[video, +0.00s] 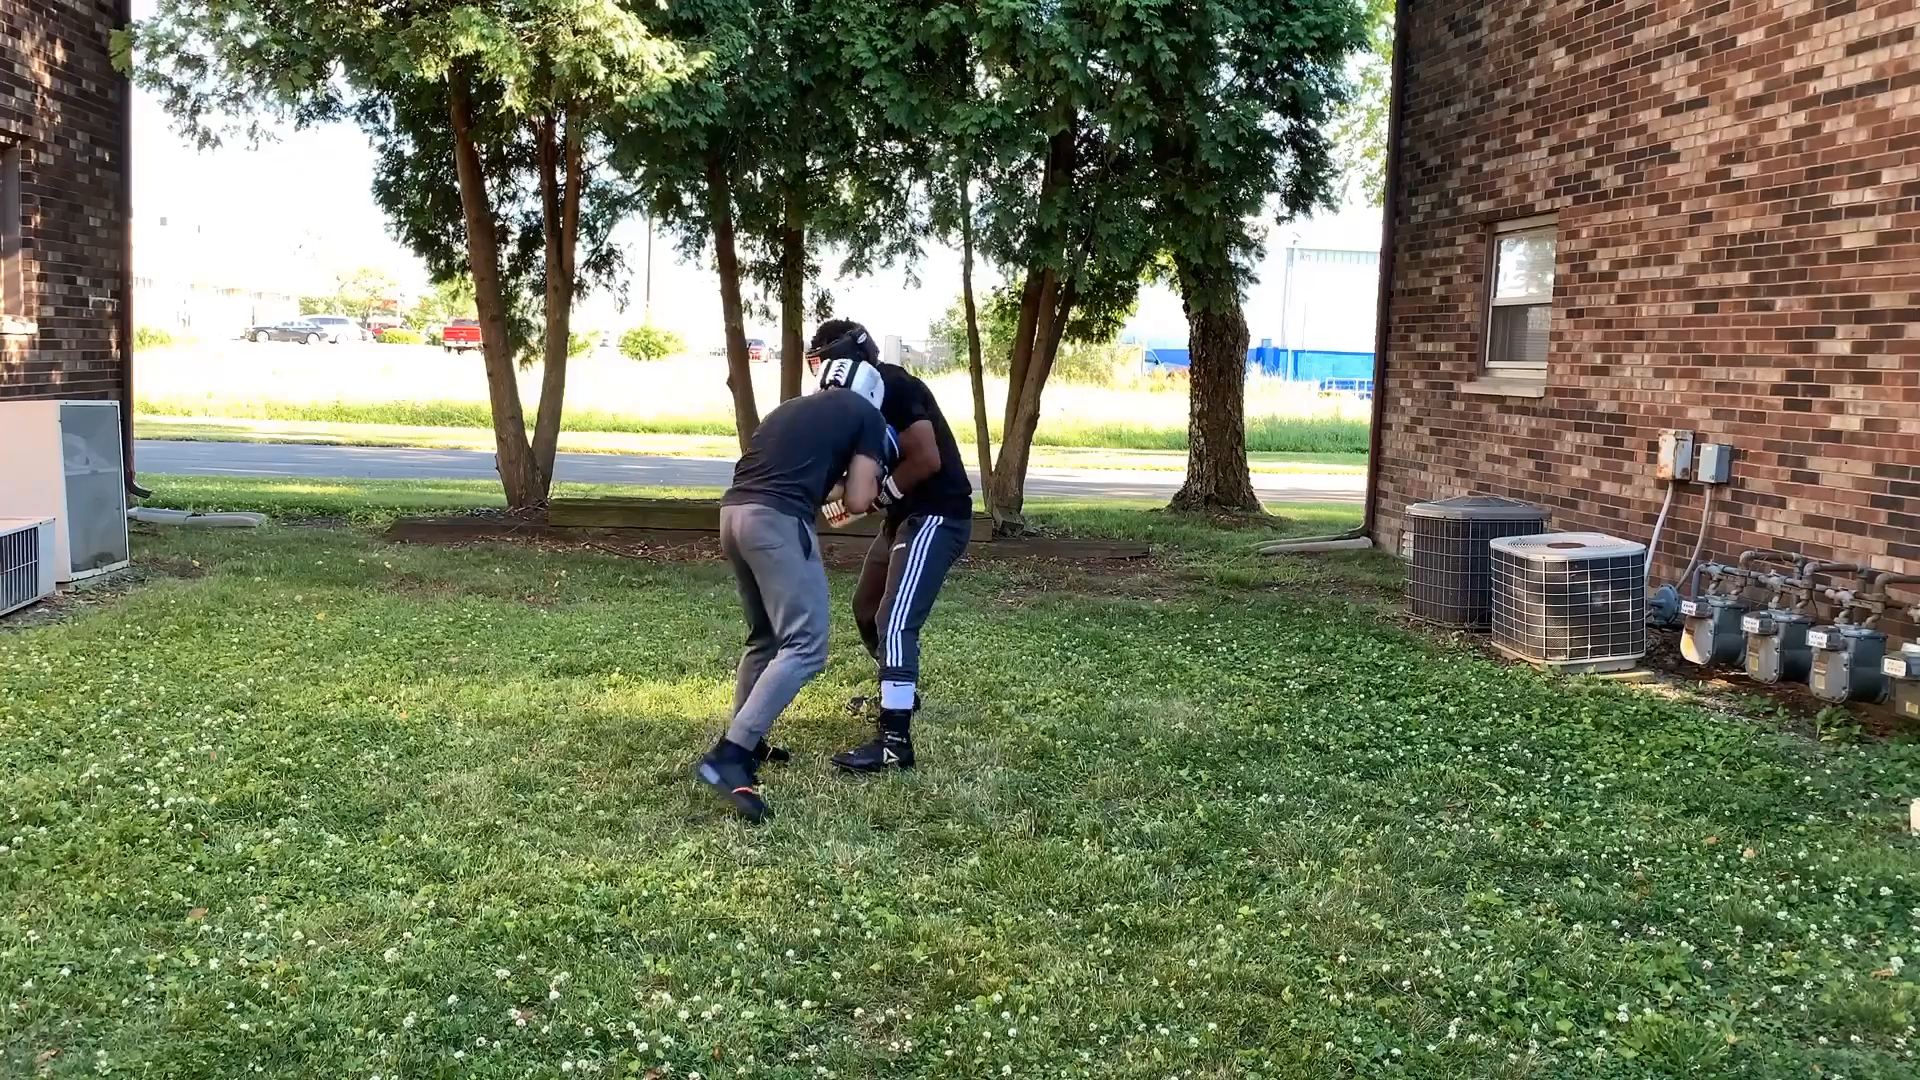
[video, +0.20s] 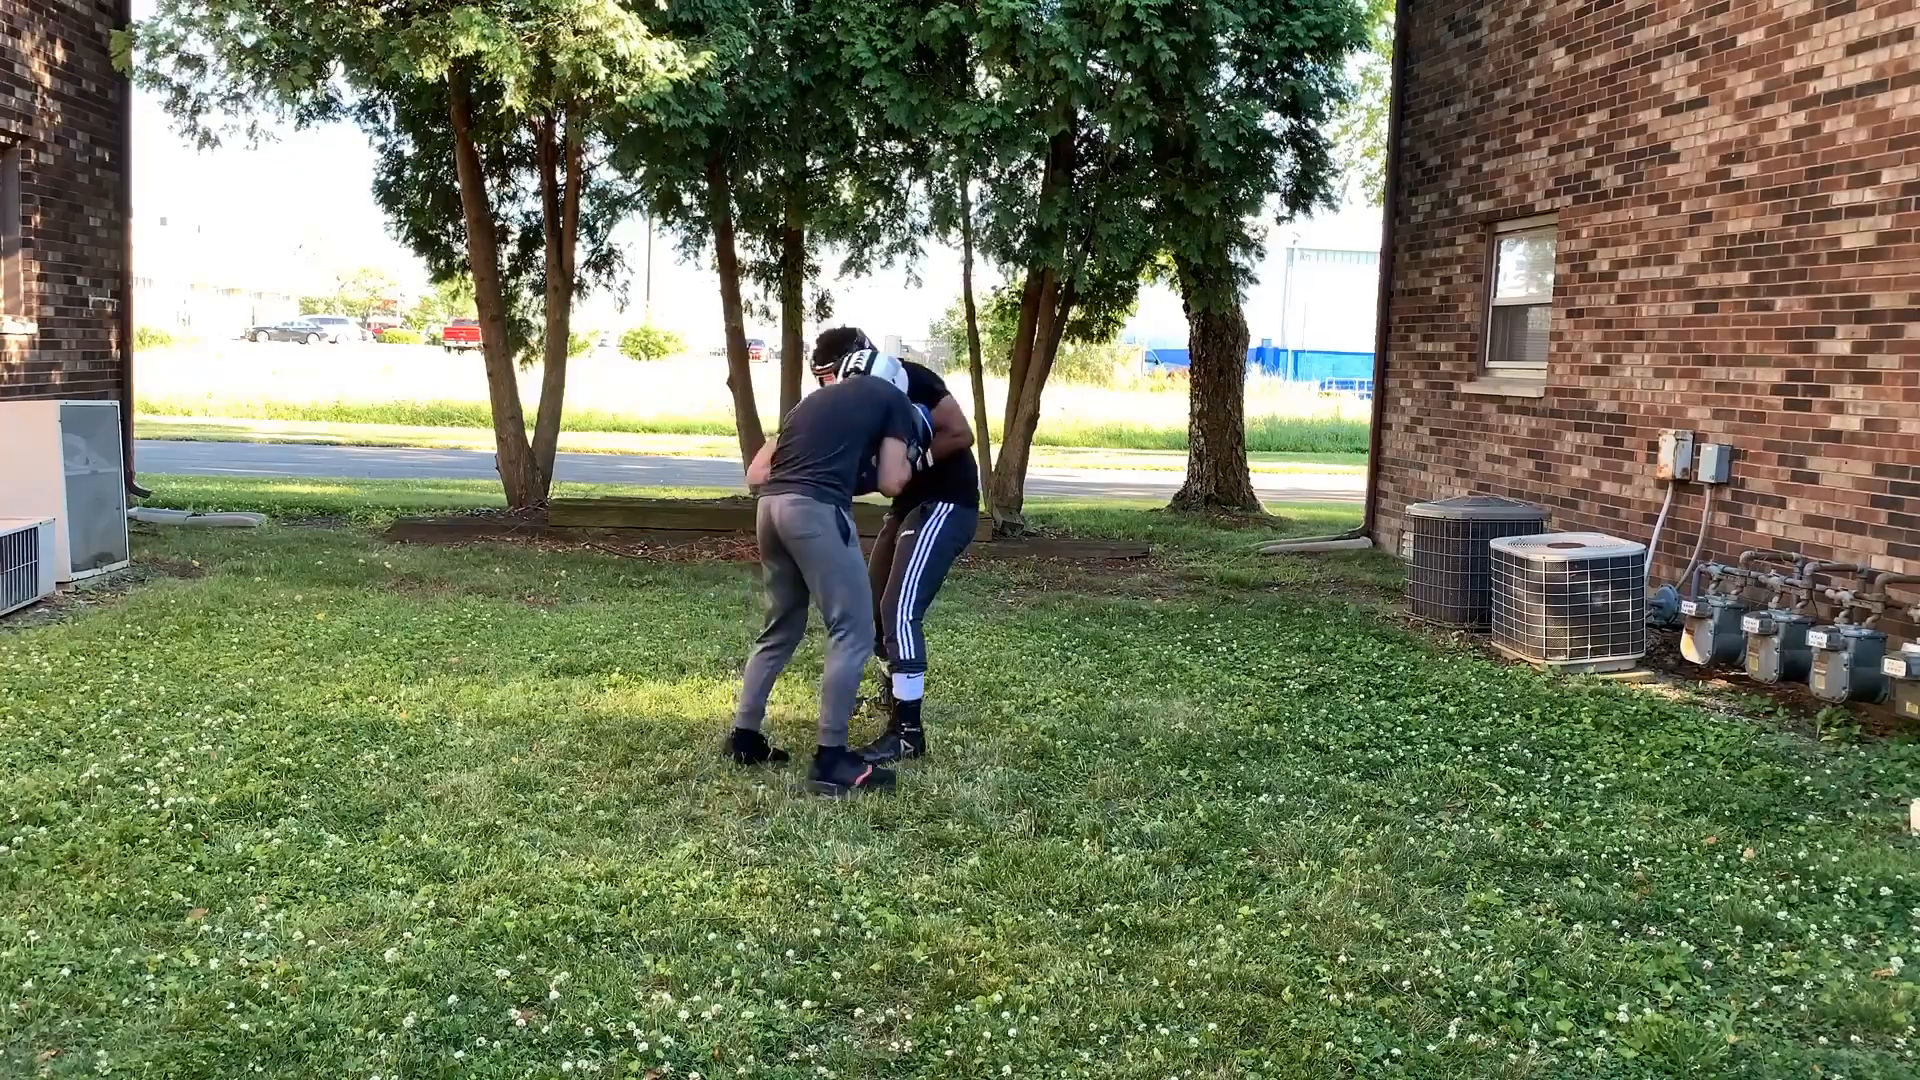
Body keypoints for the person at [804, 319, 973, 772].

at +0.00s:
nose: (818, 377)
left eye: (821, 367)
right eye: (816, 368)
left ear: (846, 361)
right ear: (851, 360)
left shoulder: (896, 385)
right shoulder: (860, 400)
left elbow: (926, 458)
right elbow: (882, 462)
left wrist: (876, 493)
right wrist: (852, 492)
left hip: (934, 515)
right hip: (901, 516)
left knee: (896, 620)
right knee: (867, 611)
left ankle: (895, 741)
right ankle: (901, 690)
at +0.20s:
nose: (822, 386)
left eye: (826, 376)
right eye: (820, 378)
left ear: (851, 363)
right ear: (841, 369)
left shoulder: (909, 377)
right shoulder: (854, 404)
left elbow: (959, 432)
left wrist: (909, 461)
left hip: (945, 505)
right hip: (907, 506)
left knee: (899, 609)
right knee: (876, 606)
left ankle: (908, 734)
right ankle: (898, 706)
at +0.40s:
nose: (888, 363)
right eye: (886, 357)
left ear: (847, 364)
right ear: (878, 355)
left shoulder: (829, 399)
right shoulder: (903, 394)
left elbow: (822, 466)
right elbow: (920, 477)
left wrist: (882, 461)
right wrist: (915, 453)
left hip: (808, 529)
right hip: (854, 528)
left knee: (836, 610)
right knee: (883, 645)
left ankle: (796, 703)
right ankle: (852, 761)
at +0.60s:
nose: (911, 372)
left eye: (913, 364)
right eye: (912, 362)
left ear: (867, 351)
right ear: (898, 355)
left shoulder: (840, 385)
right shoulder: (890, 387)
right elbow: (907, 470)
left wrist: (910, 435)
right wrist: (927, 444)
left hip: (823, 522)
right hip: (855, 525)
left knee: (861, 619)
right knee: (877, 646)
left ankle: (827, 707)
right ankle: (851, 763)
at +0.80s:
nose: (931, 401)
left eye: (937, 393)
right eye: (935, 391)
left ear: (903, 369)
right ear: (922, 377)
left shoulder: (876, 395)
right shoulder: (892, 402)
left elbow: (873, 480)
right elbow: (873, 481)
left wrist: (913, 463)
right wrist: (918, 468)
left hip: (834, 520)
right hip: (826, 522)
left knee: (871, 621)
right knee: (847, 633)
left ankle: (830, 713)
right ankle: (839, 757)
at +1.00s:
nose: (950, 416)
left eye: (955, 407)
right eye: (951, 404)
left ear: (917, 386)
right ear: (931, 391)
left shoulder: (891, 409)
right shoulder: (914, 422)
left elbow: (876, 493)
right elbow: (882, 500)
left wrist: (920, 483)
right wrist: (923, 489)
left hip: (827, 518)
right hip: (821, 520)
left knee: (868, 614)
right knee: (838, 630)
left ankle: (834, 708)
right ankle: (817, 753)